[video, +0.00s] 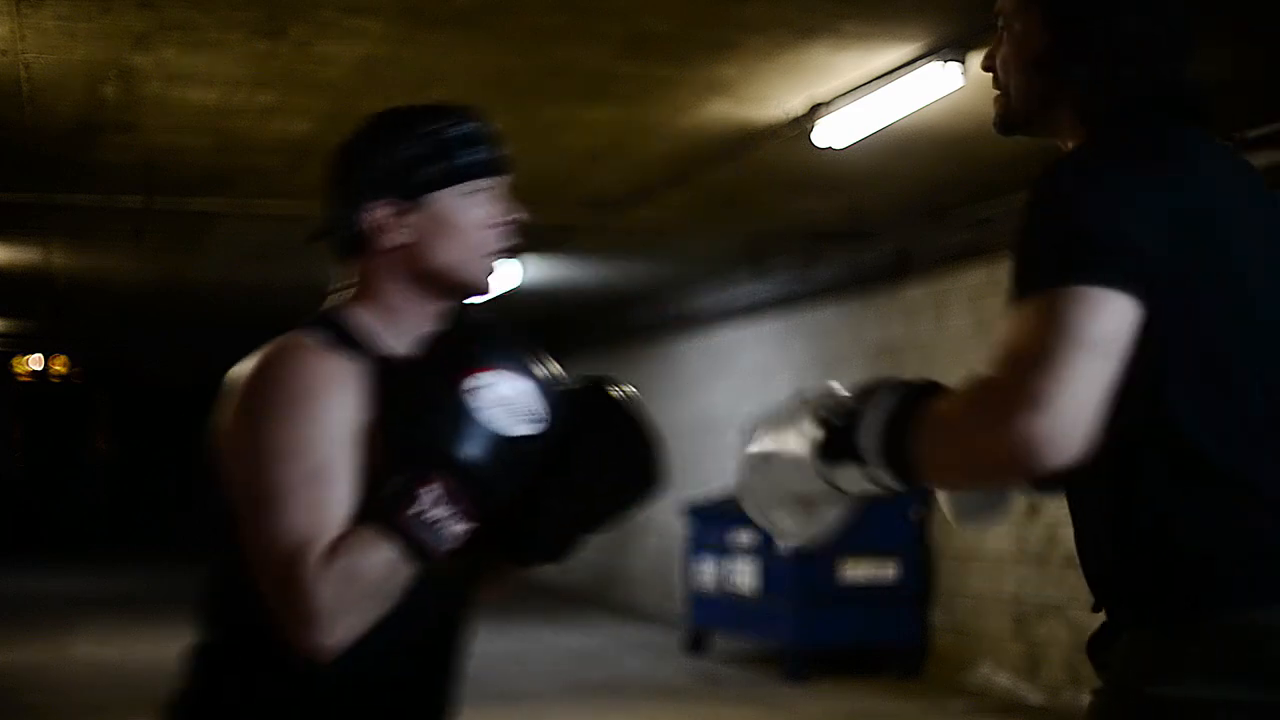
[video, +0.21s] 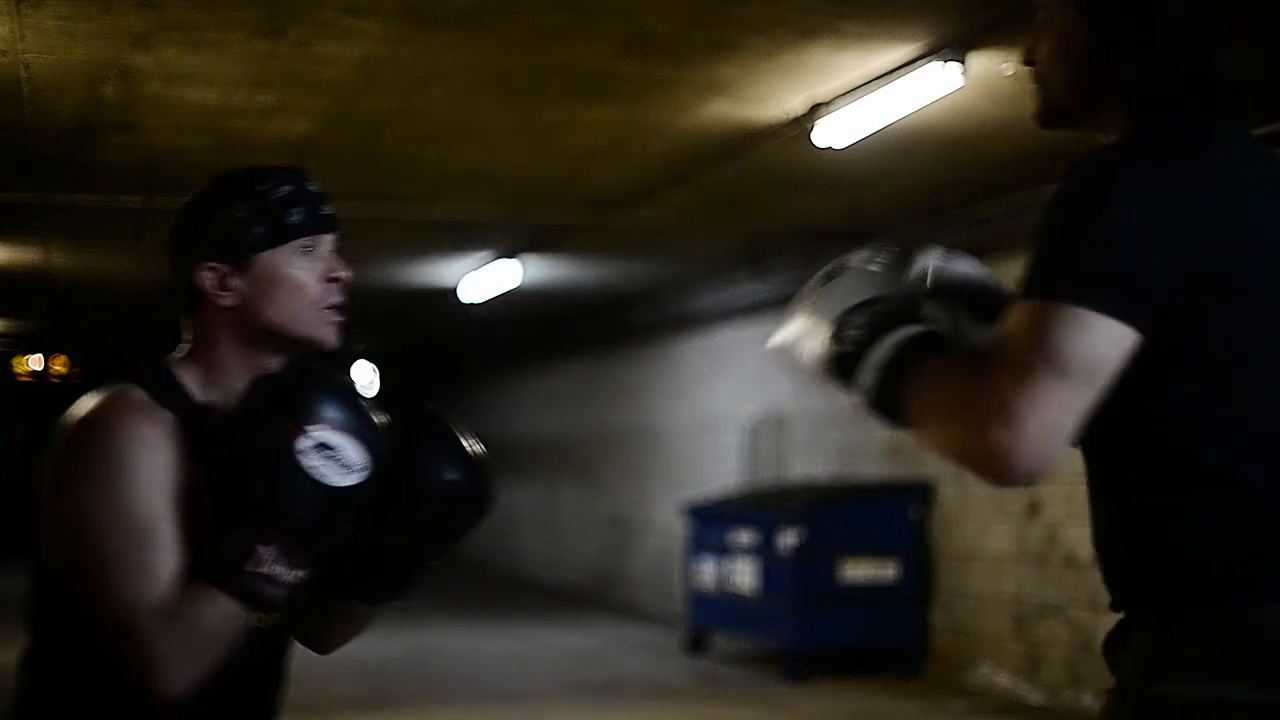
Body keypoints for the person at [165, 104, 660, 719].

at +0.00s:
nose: (512, 216)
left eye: (503, 194)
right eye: (481, 195)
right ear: (390, 224)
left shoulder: (449, 369)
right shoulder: (302, 375)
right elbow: (317, 615)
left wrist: (547, 499)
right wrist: (459, 483)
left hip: (399, 709)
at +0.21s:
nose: (343, 273)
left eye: (334, 252)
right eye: (309, 251)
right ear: (221, 283)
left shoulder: (280, 420)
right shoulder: (121, 430)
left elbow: (321, 632)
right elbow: (162, 665)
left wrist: (398, 528)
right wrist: (281, 528)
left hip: (230, 719)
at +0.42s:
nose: (339, 266)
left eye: (334, 246)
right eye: (308, 243)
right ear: (221, 267)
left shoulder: (272, 397)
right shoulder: (133, 389)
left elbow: (367, 599)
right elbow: (208, 603)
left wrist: (408, 458)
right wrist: (301, 445)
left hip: (216, 706)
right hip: (99, 713)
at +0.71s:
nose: (334, 297)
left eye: (329, 269)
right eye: (300, 270)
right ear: (213, 291)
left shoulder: (282, 412)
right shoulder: (100, 425)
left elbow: (376, 588)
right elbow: (169, 650)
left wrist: (397, 448)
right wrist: (254, 488)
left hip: (251, 709)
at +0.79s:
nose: (261, 342)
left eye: (270, 313)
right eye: (229, 321)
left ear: (283, 314)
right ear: (166, 336)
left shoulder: (296, 433)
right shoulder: (77, 464)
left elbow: (412, 604)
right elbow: (93, 696)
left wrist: (376, 467)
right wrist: (151, 538)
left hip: (264, 704)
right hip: (132, 714)